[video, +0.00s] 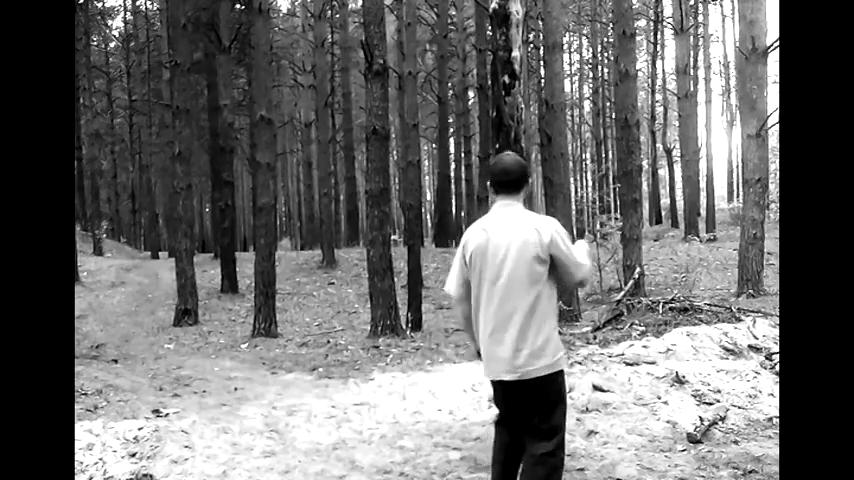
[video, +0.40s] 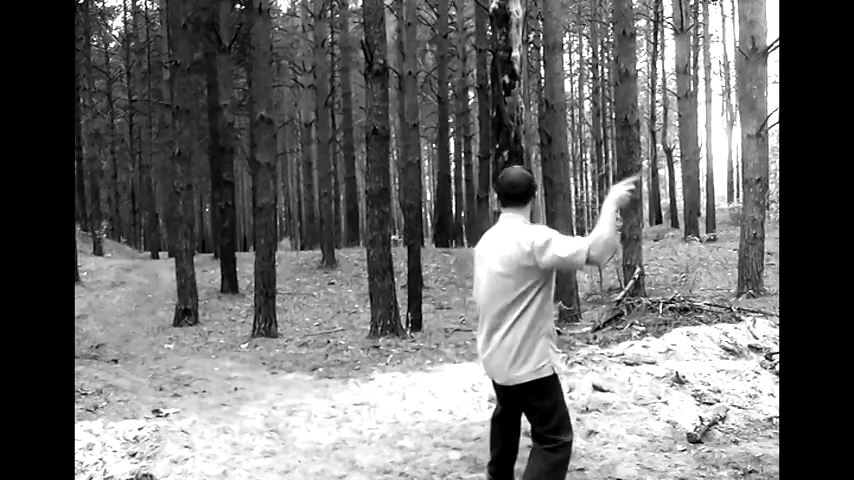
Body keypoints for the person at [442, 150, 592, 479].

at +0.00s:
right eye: (527, 182)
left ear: (489, 187)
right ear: (527, 185)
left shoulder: (473, 234)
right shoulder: (544, 228)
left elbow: (459, 298)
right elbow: (576, 274)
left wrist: (475, 341)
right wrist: (582, 249)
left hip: (496, 357)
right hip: (539, 356)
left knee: (508, 430)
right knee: (547, 442)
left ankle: (502, 477)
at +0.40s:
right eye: (536, 192)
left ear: (496, 199)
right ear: (533, 197)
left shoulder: (485, 241)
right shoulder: (533, 239)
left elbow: (482, 300)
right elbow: (597, 251)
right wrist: (611, 202)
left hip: (495, 359)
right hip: (530, 363)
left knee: (506, 414)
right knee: (554, 439)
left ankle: (498, 472)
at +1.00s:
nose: (445, 253)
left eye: (446, 249)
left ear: (448, 249)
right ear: (476, 247)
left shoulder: (451, 263)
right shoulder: (490, 269)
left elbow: (449, 285)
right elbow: (487, 325)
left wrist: (430, 327)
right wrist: (463, 370)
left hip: (488, 342)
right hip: (521, 329)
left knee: (484, 404)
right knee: (540, 385)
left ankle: (483, 469)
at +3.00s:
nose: (537, 187)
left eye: (544, 177)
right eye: (530, 179)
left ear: (565, 171)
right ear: (523, 180)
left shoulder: (604, 222)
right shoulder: (518, 228)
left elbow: (632, 284)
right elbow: (507, 279)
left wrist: (630, 346)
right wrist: (507, 303)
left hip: (591, 365)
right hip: (537, 366)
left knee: (592, 454)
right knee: (550, 460)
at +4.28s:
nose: (419, 157)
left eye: (419, 151)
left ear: (422, 156)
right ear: (481, 155)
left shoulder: (425, 222)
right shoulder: (522, 218)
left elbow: (418, 325)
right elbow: (534, 315)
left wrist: (407, 416)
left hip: (467, 427)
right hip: (528, 420)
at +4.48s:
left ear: (422, 153)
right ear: (479, 150)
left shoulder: (405, 224)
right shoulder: (527, 214)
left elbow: (376, 330)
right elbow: (545, 303)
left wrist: (365, 409)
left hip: (458, 430)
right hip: (535, 421)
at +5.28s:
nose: (561, 140)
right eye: (561, 132)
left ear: (493, 145)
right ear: (556, 141)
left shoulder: (466, 219)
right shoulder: (575, 210)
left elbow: (448, 314)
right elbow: (676, 258)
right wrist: (688, 197)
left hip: (496, 444)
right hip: (572, 444)